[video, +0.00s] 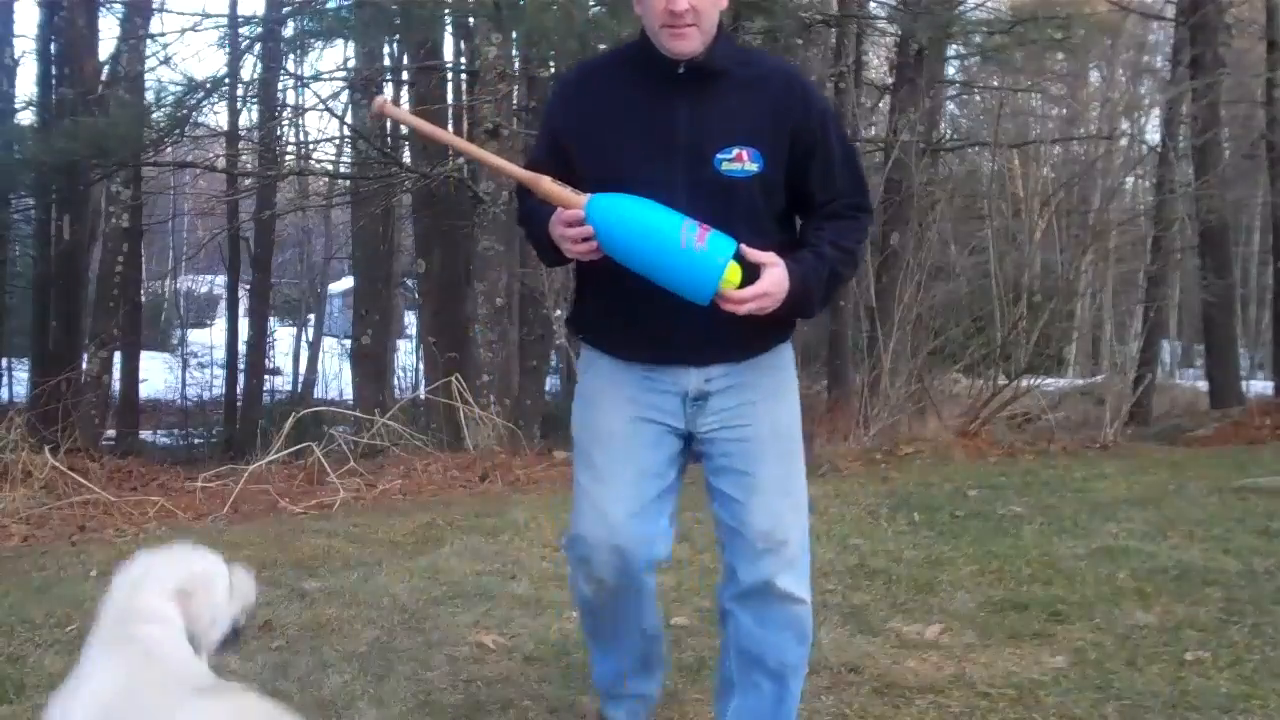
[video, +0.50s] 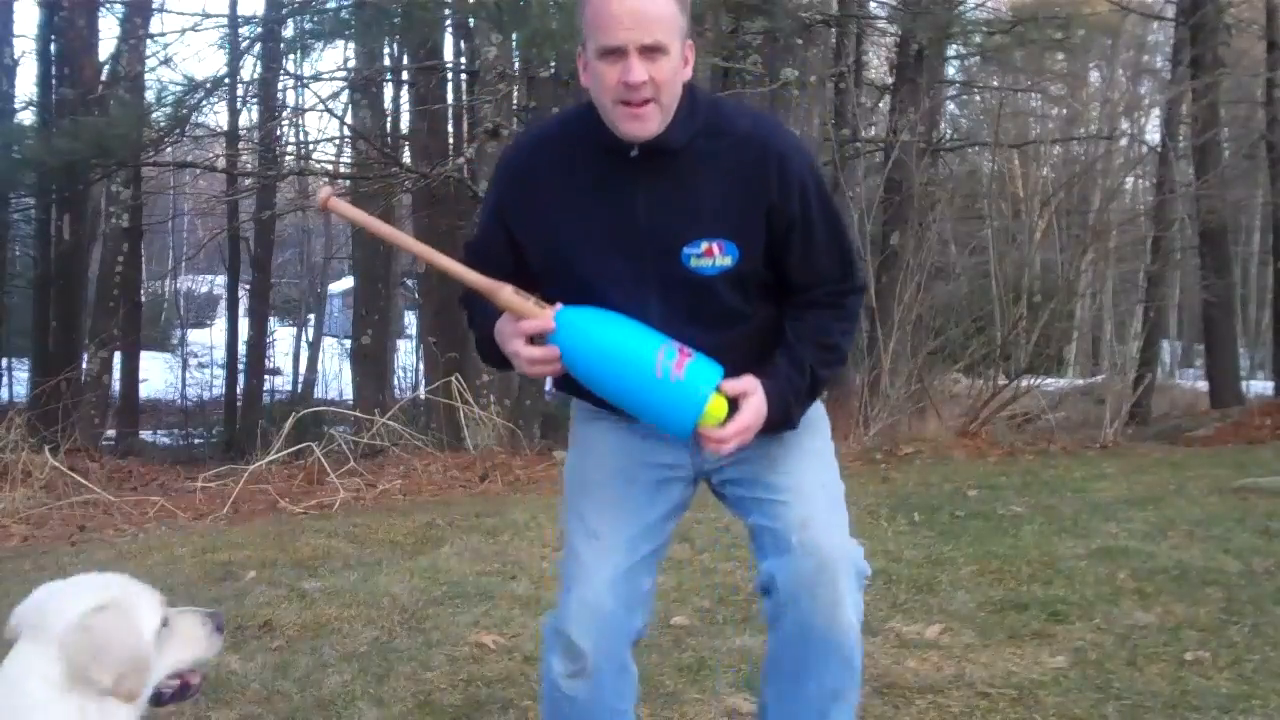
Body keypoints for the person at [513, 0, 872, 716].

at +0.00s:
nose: (677, 6)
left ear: (724, 1)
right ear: (635, 3)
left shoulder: (785, 96)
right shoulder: (584, 94)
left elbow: (846, 215)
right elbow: (534, 201)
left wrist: (795, 277)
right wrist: (553, 233)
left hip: (754, 372)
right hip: (620, 371)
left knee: (773, 566)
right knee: (608, 545)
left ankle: (758, 713)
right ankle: (627, 702)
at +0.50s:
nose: (634, 76)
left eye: (653, 53)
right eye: (612, 56)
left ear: (686, 58)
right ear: (583, 67)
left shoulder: (763, 154)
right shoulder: (535, 166)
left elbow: (830, 294)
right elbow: (484, 290)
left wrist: (776, 388)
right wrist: (502, 335)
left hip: (771, 408)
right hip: (617, 419)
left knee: (823, 575)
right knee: (587, 624)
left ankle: (810, 712)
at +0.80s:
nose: (689, 128)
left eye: (710, 103)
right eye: (665, 105)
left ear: (751, 109)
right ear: (632, 113)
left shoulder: (833, 219)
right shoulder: (587, 210)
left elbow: (901, 383)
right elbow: (536, 330)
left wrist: (809, 488)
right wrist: (547, 377)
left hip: (829, 458)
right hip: (669, 456)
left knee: (864, 660)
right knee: (616, 651)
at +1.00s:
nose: (763, 151)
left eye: (788, 126)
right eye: (739, 126)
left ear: (832, 139)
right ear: (708, 138)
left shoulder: (913, 261)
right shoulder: (661, 232)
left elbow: (978, 449)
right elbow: (606, 350)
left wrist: (837, 530)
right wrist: (588, 378)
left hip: (891, 507)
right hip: (727, 495)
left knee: (889, 690)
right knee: (631, 670)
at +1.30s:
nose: (801, 191)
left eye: (827, 168)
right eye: (778, 168)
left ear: (868, 192)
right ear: (745, 191)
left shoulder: (950, 328)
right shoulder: (697, 304)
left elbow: (1007, 529)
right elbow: (626, 451)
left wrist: (853, 582)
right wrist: (603, 421)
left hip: (915, 619)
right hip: (747, 616)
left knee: (906, 701)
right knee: (671, 711)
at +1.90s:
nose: (840, 230)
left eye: (865, 209)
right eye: (818, 209)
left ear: (906, 237)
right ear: (785, 235)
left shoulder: (979, 378)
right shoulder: (711, 358)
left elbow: (1025, 550)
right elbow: (606, 490)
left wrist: (863, 479)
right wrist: (568, 366)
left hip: (902, 697)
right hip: (716, 697)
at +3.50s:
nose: (820, 255)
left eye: (846, 231)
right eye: (797, 228)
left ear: (883, 250)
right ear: (757, 239)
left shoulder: (944, 391)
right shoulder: (676, 363)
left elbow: (1018, 560)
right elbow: (575, 490)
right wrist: (546, 362)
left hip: (879, 706)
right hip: (684, 703)